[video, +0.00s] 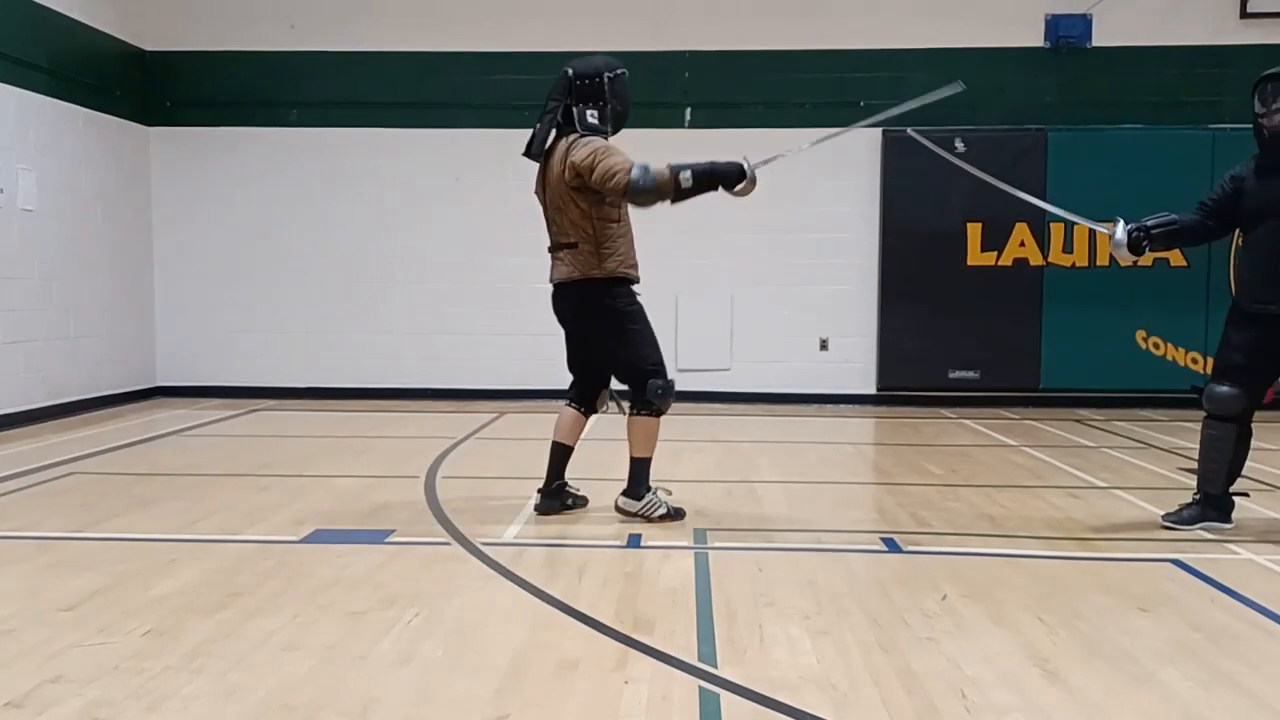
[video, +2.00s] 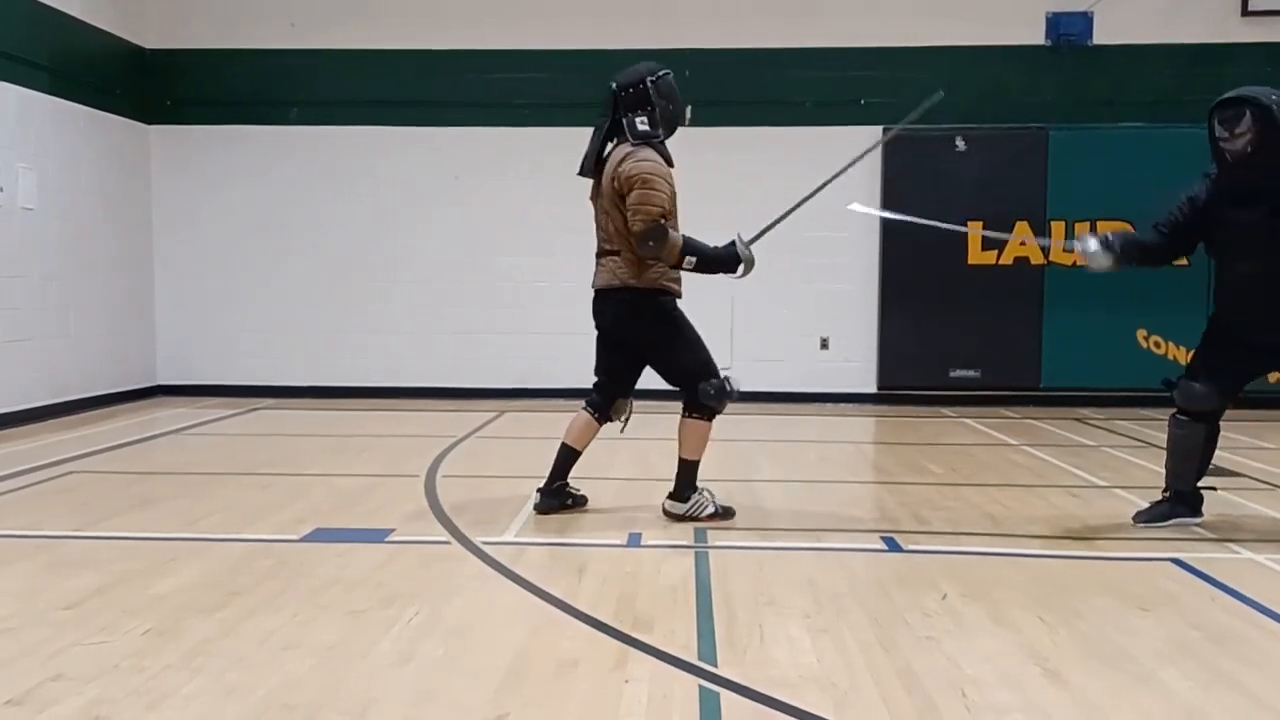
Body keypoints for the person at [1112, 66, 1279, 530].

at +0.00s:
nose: (1268, 121)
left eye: (1274, 113)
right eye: (1265, 112)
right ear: (1258, 118)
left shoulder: (1262, 174)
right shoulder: (1256, 173)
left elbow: (1209, 221)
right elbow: (1209, 220)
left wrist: (1145, 237)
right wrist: (1144, 235)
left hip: (1266, 309)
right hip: (1255, 307)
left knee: (1230, 397)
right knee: (1227, 398)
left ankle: (1213, 499)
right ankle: (1212, 500)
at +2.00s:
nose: (1226, 136)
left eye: (1239, 127)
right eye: (1222, 128)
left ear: (1267, 132)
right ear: (1216, 134)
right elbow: (1169, 239)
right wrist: (1118, 248)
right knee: (1197, 394)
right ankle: (1181, 496)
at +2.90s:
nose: (1272, 122)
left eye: (1278, 114)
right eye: (1268, 114)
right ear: (1260, 120)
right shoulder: (1254, 177)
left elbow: (1204, 220)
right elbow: (1204, 220)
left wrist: (1133, 229)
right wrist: (1132, 228)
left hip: (1269, 314)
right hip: (1256, 312)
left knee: (1226, 395)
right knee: (1222, 396)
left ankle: (1201, 498)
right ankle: (1200, 499)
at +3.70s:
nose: (1273, 125)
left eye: (1277, 117)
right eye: (1271, 116)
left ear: (1278, 124)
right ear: (1264, 122)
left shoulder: (1262, 177)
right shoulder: (1258, 175)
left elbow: (1194, 203)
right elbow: (1194, 203)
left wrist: (1117, 212)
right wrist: (1115, 211)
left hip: (1270, 314)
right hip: (1264, 312)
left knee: (1229, 395)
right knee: (1225, 396)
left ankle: (1203, 499)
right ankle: (1202, 500)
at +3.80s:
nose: (1270, 125)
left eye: (1276, 116)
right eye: (1265, 116)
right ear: (1257, 123)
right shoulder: (1254, 178)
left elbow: (1193, 213)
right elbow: (1192, 213)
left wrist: (1114, 219)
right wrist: (1112, 220)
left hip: (1270, 316)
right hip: (1259, 314)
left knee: (1209, 388)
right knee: (1203, 389)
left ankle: (1193, 493)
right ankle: (1193, 494)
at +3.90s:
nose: (1253, 128)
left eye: (1265, 117)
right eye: (1248, 118)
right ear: (1240, 126)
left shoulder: (1269, 184)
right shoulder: (1238, 190)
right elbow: (1174, 224)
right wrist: (1097, 223)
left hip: (1269, 322)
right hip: (1250, 320)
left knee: (1191, 388)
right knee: (1186, 389)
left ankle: (1143, 488)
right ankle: (1142, 490)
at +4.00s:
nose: (1220, 133)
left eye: (1234, 125)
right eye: (1218, 124)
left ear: (1263, 132)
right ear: (1211, 128)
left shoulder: (1271, 189)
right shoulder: (1211, 194)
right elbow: (1144, 225)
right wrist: (1069, 217)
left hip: (1270, 328)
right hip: (1223, 328)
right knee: (1165, 403)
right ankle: (1103, 491)